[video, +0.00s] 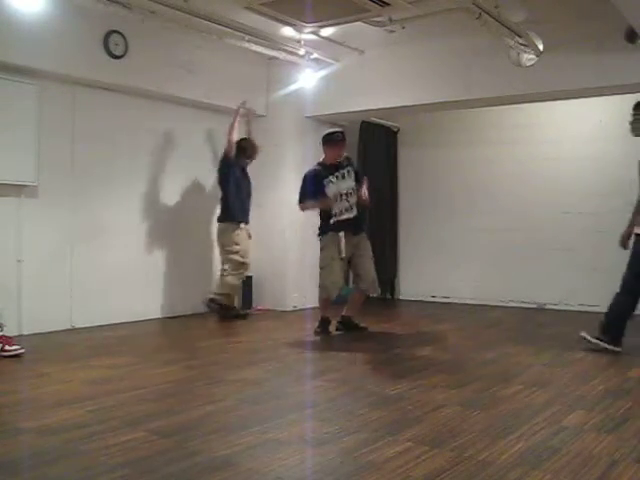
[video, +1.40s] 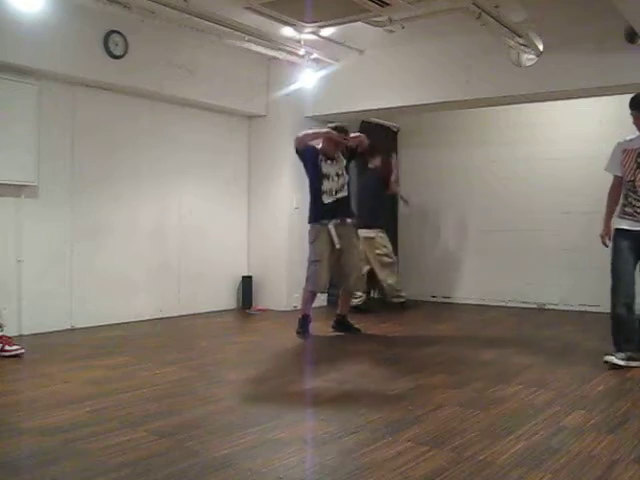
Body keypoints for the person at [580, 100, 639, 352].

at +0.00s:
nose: (633, 123)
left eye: (635, 118)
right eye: (633, 117)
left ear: (639, 120)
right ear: (634, 119)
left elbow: (638, 201)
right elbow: (639, 200)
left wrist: (631, 227)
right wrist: (630, 227)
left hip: (638, 235)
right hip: (638, 234)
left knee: (630, 285)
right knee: (629, 285)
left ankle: (611, 335)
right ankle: (611, 335)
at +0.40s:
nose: (595, 124)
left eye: (599, 119)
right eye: (595, 120)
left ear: (614, 119)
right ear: (608, 121)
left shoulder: (631, 147)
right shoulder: (605, 157)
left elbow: (635, 186)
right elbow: (603, 194)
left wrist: (625, 223)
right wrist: (595, 229)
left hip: (632, 232)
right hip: (613, 232)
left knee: (633, 288)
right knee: (609, 288)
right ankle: (607, 339)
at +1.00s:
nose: (616, 122)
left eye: (620, 117)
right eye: (616, 117)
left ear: (633, 118)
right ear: (629, 119)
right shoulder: (615, 150)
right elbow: (603, 188)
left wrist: (637, 233)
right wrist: (589, 222)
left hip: (635, 230)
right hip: (616, 229)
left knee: (638, 294)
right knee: (603, 286)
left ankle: (637, 347)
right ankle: (605, 338)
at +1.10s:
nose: (622, 126)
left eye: (625, 121)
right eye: (622, 120)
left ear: (636, 122)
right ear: (630, 122)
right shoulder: (621, 151)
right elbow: (611, 188)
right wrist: (598, 220)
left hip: (634, 228)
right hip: (619, 227)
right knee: (604, 281)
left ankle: (638, 347)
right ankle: (604, 335)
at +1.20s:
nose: (628, 126)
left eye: (632, 121)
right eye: (628, 120)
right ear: (630, 122)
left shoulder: (628, 151)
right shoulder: (623, 150)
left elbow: (617, 186)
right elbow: (615, 186)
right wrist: (606, 219)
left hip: (635, 228)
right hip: (622, 227)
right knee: (608, 283)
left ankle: (637, 348)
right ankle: (606, 338)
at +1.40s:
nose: (635, 120)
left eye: (636, 116)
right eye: (635, 116)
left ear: (638, 116)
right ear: (633, 116)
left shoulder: (627, 148)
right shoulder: (625, 148)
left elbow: (616, 186)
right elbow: (617, 186)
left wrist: (608, 220)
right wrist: (607, 221)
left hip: (632, 229)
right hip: (627, 228)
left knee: (624, 290)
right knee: (623, 290)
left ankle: (629, 348)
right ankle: (626, 349)